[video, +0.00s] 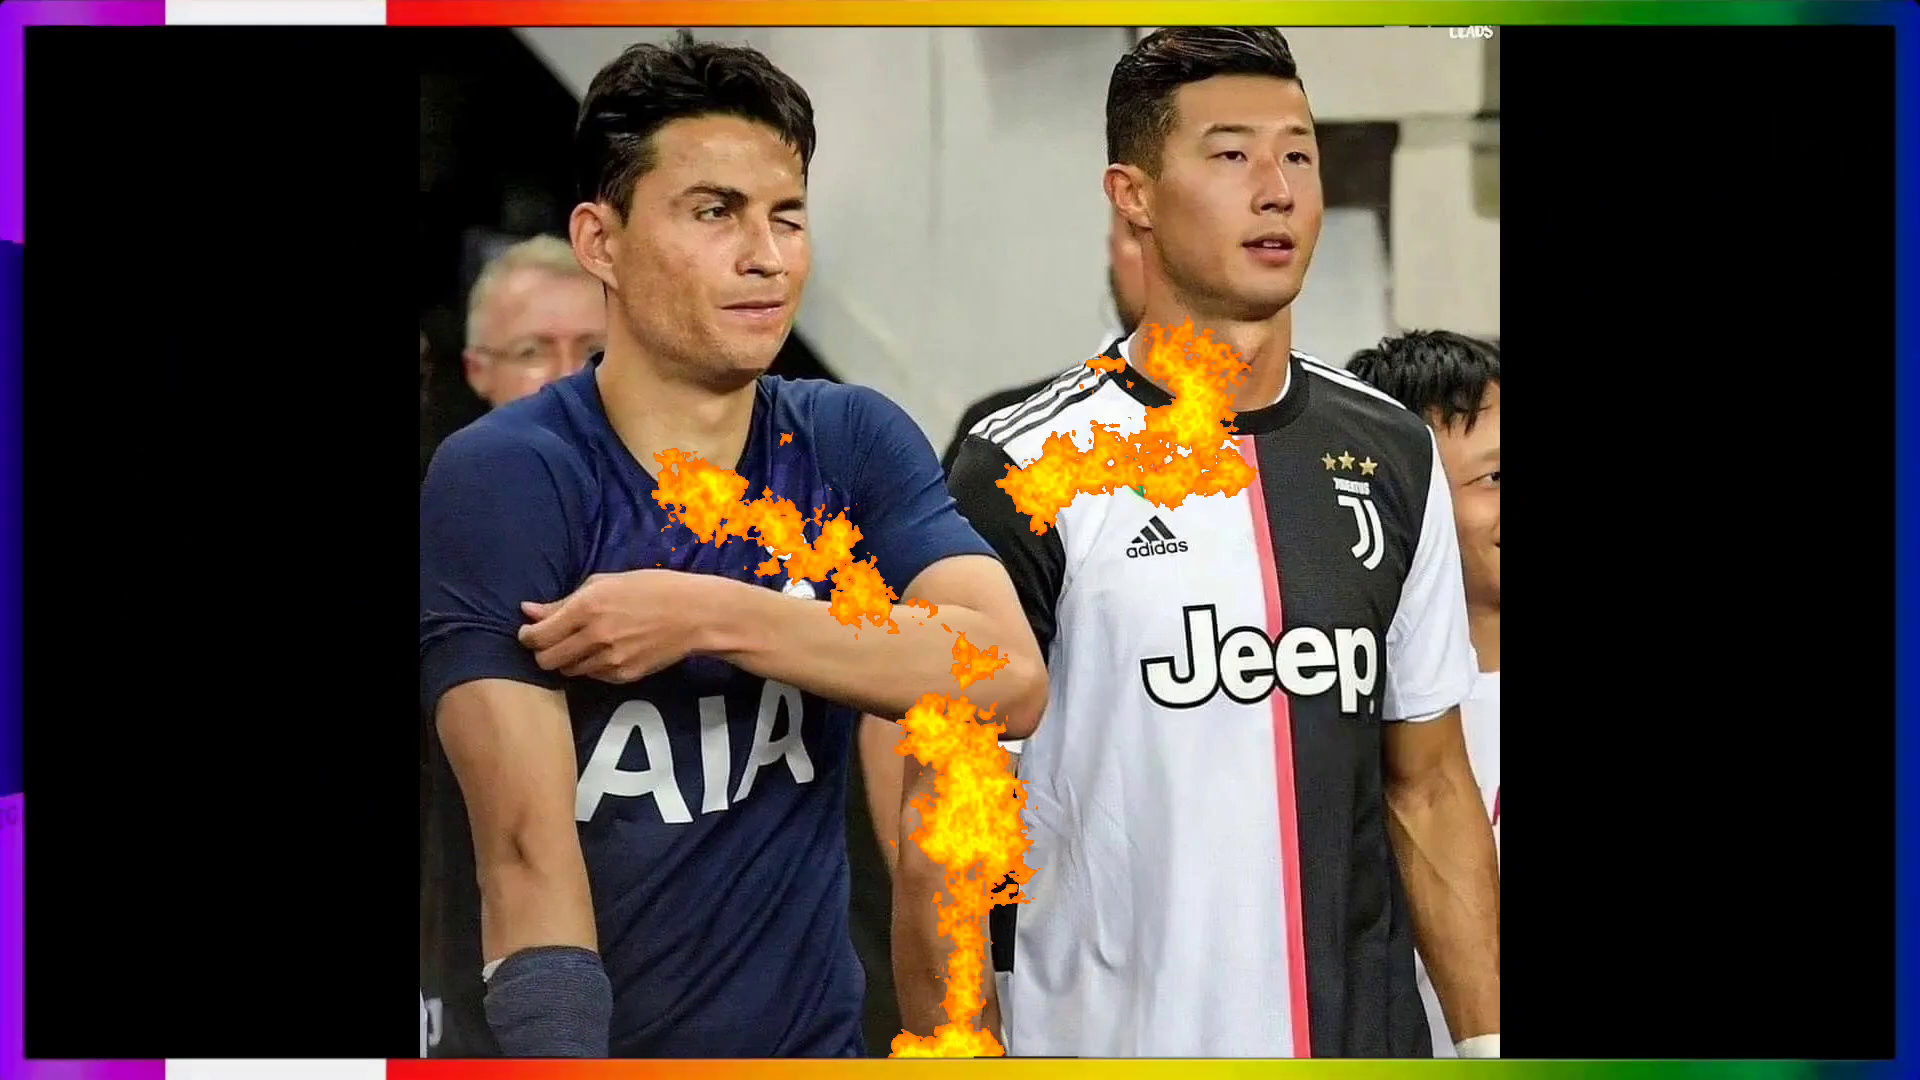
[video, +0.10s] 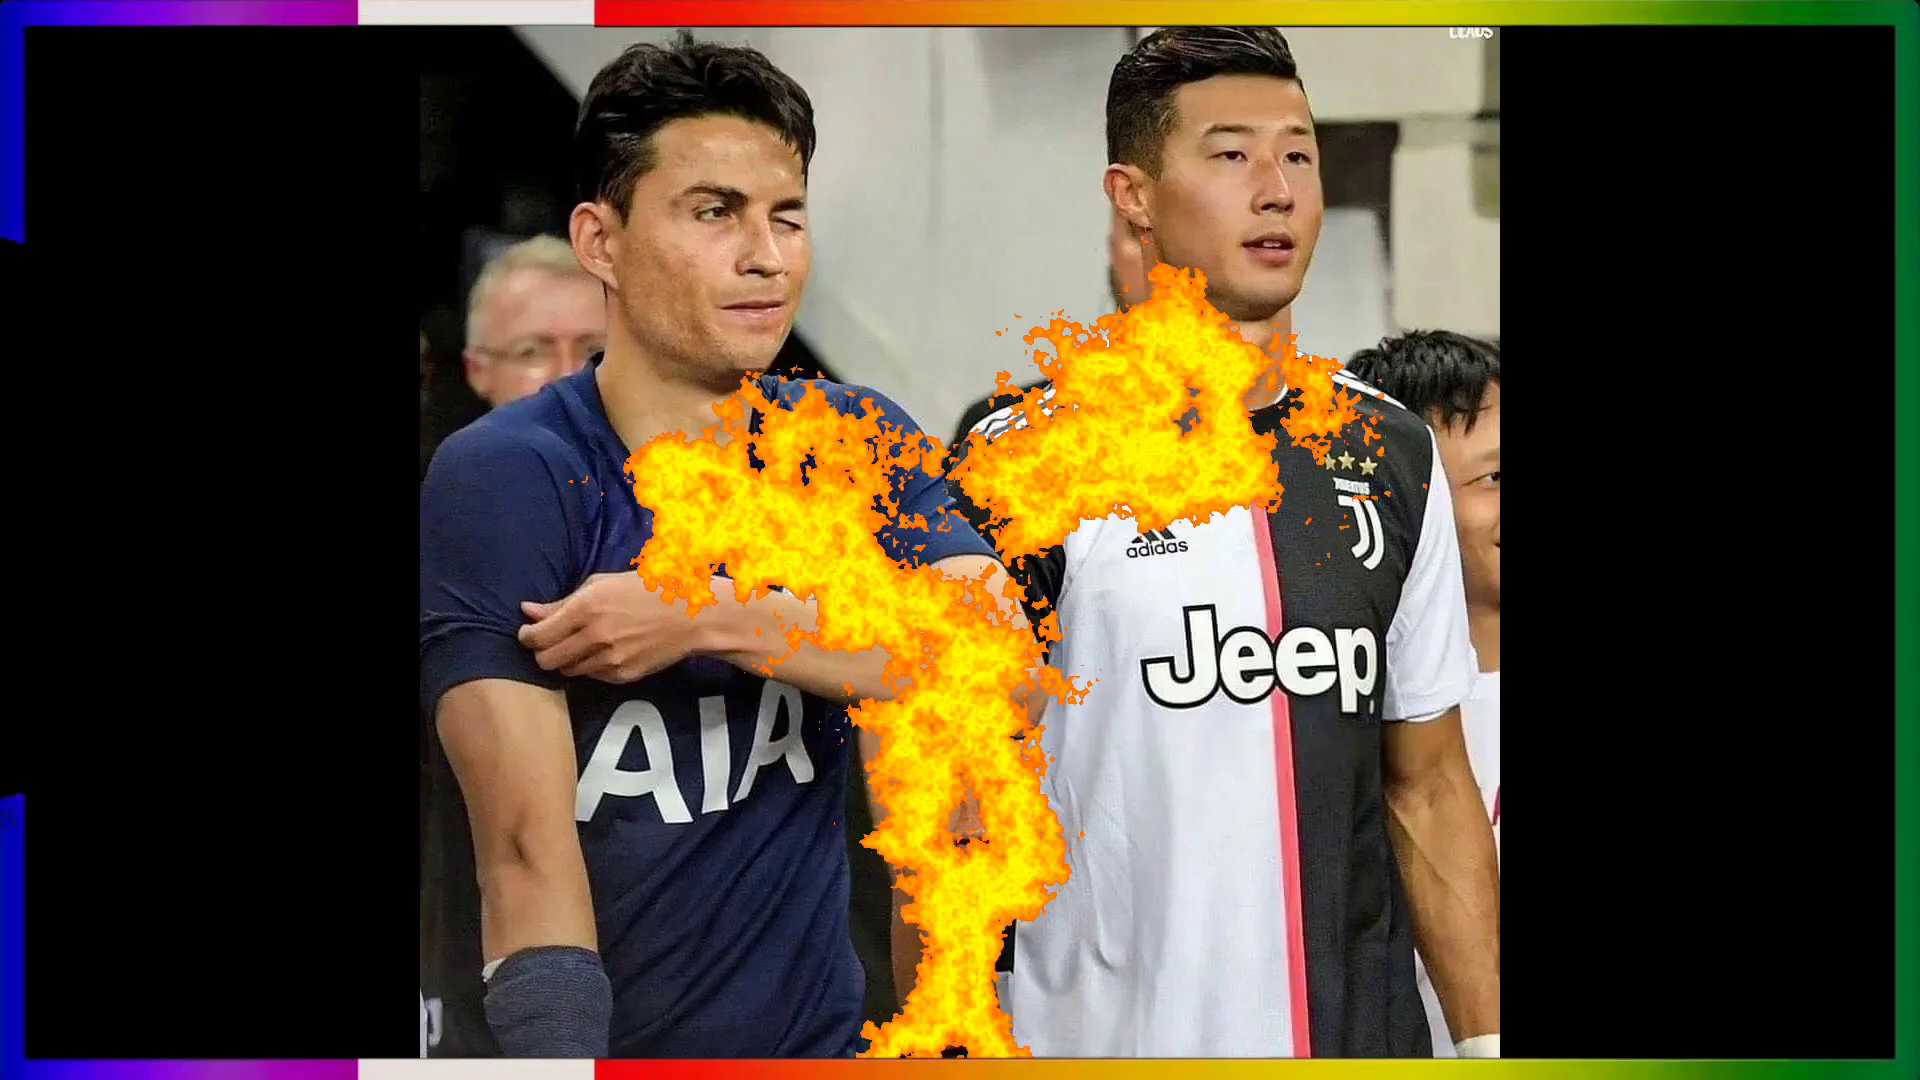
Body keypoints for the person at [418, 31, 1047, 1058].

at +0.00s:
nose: (766, 257)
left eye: (786, 218)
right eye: (712, 213)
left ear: (809, 237)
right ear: (601, 241)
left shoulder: (859, 437)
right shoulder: (500, 476)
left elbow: (1011, 679)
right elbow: (525, 852)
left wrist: (717, 615)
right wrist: (560, 1061)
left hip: (810, 1041)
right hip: (598, 1038)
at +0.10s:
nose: (766, 258)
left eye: (787, 219)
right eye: (715, 212)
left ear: (811, 237)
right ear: (600, 241)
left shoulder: (864, 438)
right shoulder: (500, 476)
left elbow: (995, 662)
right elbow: (526, 852)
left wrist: (709, 620)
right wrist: (561, 1066)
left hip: (816, 1040)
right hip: (604, 1040)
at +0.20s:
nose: (767, 260)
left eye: (787, 219)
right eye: (715, 212)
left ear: (811, 236)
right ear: (600, 241)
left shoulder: (846, 453)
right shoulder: (497, 475)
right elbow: (524, 855)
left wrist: (708, 619)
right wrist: (560, 1060)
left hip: (813, 1037)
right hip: (602, 1037)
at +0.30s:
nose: (766, 259)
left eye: (788, 220)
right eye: (714, 212)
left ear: (811, 238)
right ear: (600, 241)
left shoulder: (857, 453)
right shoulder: (492, 477)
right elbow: (524, 845)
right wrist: (560, 1053)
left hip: (841, 1030)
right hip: (614, 1034)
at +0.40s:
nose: (766, 256)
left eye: (786, 219)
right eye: (713, 211)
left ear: (807, 238)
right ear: (598, 240)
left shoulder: (836, 451)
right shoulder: (494, 475)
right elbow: (522, 844)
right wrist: (569, 1048)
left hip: (846, 1005)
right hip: (610, 1017)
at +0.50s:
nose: (766, 257)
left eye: (787, 218)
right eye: (714, 211)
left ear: (809, 234)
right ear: (598, 239)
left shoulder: (830, 461)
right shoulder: (497, 478)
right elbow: (527, 856)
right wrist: (571, 1047)